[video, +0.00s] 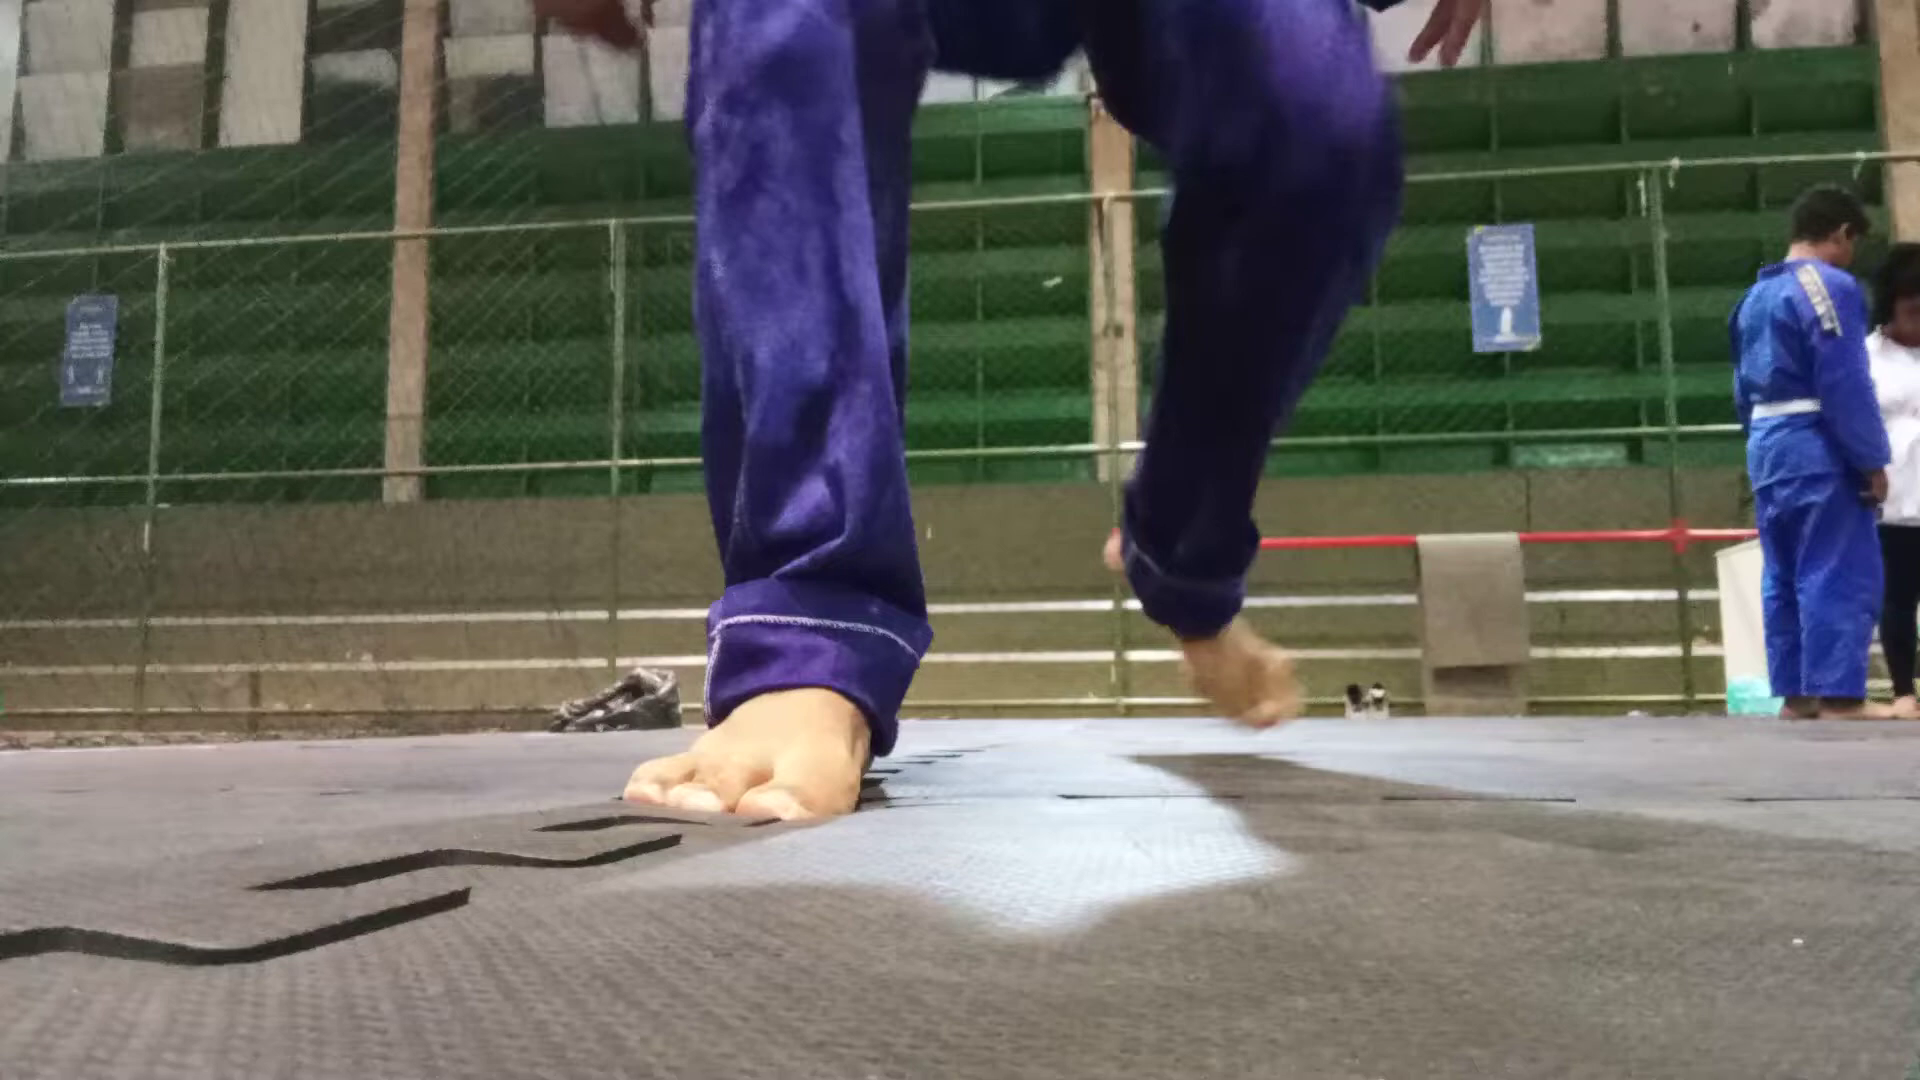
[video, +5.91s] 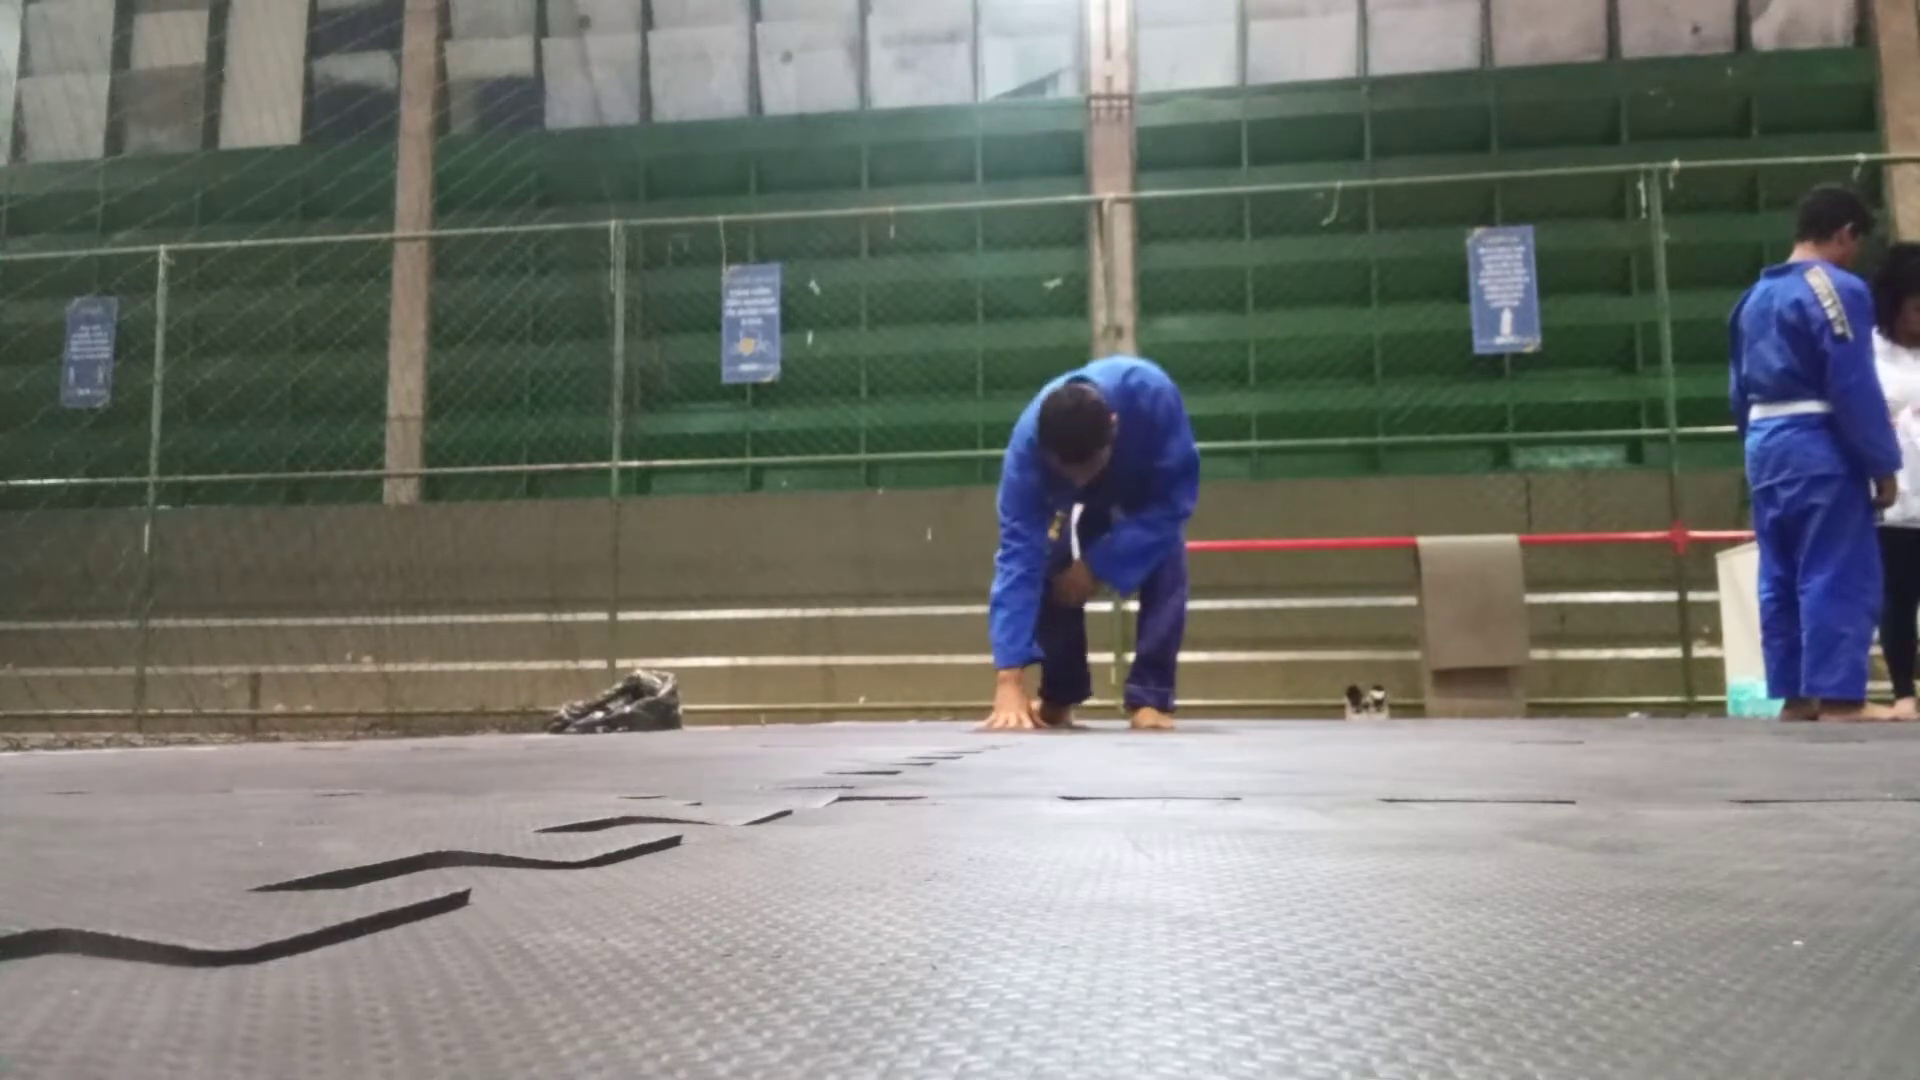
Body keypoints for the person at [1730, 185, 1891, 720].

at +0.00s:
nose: (1853, 255)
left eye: (1855, 245)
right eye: (1854, 243)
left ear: (1797, 232)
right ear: (1839, 234)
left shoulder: (1755, 295)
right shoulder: (1827, 287)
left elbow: (1746, 391)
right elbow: (1845, 386)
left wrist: (1767, 442)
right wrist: (1874, 461)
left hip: (1766, 442)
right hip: (1814, 439)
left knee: (1785, 573)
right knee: (1842, 566)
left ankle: (1794, 696)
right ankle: (1839, 697)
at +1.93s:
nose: (1860, 254)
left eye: (1863, 245)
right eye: (1861, 244)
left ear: (1805, 233)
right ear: (1847, 236)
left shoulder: (1759, 296)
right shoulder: (1838, 289)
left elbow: (1746, 391)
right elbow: (1854, 388)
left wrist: (1765, 445)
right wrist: (1884, 465)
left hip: (1765, 440)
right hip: (1818, 438)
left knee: (1784, 573)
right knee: (1838, 569)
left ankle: (1794, 697)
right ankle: (1838, 698)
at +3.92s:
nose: (1850, 252)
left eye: (1853, 244)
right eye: (1852, 243)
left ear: (1795, 232)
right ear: (1840, 235)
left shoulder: (1751, 296)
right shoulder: (1834, 289)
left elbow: (1738, 391)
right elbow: (1853, 387)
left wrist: (1758, 445)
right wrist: (1884, 465)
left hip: (1761, 441)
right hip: (1815, 439)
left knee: (1780, 575)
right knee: (1840, 570)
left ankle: (1793, 697)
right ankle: (1839, 698)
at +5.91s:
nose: (1857, 252)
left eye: (1860, 243)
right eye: (1858, 241)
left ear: (1801, 231)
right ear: (1843, 234)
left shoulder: (1755, 296)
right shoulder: (1837, 289)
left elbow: (1741, 392)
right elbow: (1854, 388)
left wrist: (1761, 445)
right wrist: (1884, 466)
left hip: (1763, 439)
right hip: (1817, 438)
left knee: (1782, 573)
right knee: (1839, 569)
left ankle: (1794, 696)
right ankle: (1838, 698)